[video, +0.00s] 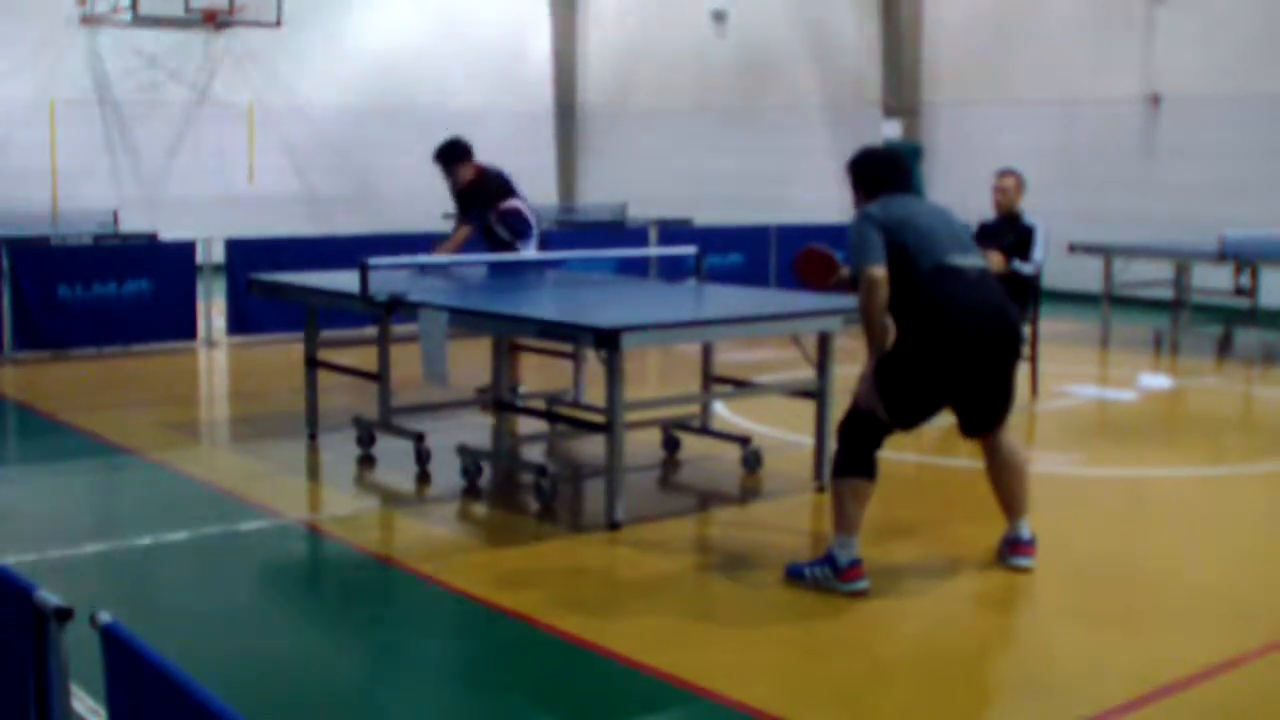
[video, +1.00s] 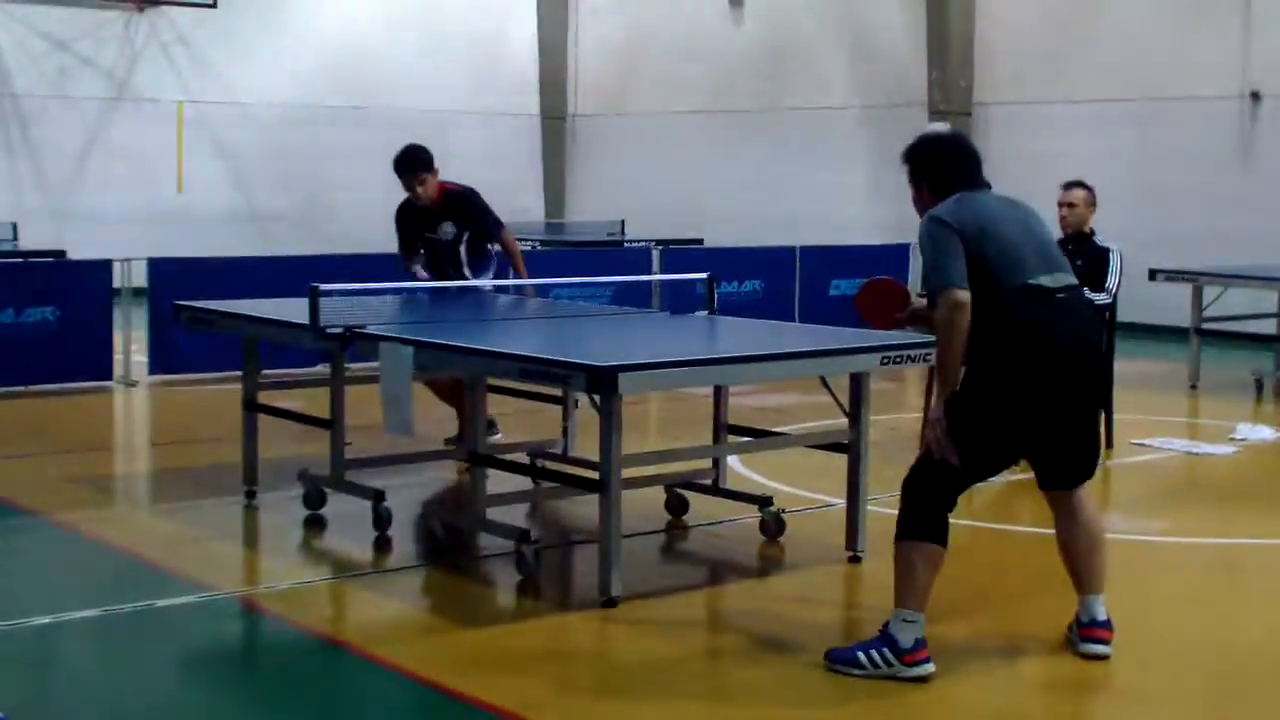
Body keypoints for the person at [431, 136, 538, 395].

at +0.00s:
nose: (449, 176)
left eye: (452, 169)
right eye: (447, 171)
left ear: (465, 163)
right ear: (452, 167)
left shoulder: (485, 183)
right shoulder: (462, 187)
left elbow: (468, 226)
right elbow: (464, 225)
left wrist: (442, 255)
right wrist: (444, 252)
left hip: (519, 263)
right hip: (498, 261)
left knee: (510, 328)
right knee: (500, 327)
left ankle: (510, 385)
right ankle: (501, 382)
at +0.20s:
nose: (454, 154)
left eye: (458, 146)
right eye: (451, 149)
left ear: (471, 142)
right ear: (449, 150)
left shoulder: (490, 162)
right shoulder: (462, 173)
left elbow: (477, 183)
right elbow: (443, 214)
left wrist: (436, 175)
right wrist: (427, 180)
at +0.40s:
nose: (455, 142)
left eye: (460, 135)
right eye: (452, 136)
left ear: (476, 135)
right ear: (453, 139)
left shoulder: (496, 163)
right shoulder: (467, 172)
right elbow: (450, 216)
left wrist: (501, 147)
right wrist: (417, 205)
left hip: (514, 256)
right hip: (492, 255)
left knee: (500, 321)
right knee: (492, 320)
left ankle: (508, 378)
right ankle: (505, 377)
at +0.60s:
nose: (454, 144)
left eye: (460, 138)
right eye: (451, 139)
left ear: (475, 140)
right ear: (448, 144)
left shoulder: (491, 166)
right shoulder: (460, 181)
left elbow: (513, 181)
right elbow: (448, 219)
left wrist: (532, 188)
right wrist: (456, 223)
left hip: (508, 262)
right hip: (484, 262)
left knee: (498, 328)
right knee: (485, 328)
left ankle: (507, 384)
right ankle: (506, 381)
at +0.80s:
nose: (438, 163)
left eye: (443, 156)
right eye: (437, 157)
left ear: (461, 156)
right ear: (445, 160)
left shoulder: (485, 183)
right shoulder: (453, 192)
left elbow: (521, 213)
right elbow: (441, 224)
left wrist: (544, 245)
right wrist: (408, 198)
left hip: (503, 278)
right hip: (477, 278)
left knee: (494, 339)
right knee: (467, 338)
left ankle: (513, 394)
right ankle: (503, 393)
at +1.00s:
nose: (418, 192)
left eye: (422, 183)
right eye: (410, 187)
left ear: (435, 174)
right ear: (402, 184)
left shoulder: (464, 199)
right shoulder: (406, 213)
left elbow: (505, 237)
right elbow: (408, 260)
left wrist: (525, 284)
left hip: (477, 297)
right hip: (439, 300)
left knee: (468, 364)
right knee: (426, 367)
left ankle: (471, 434)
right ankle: (479, 420)